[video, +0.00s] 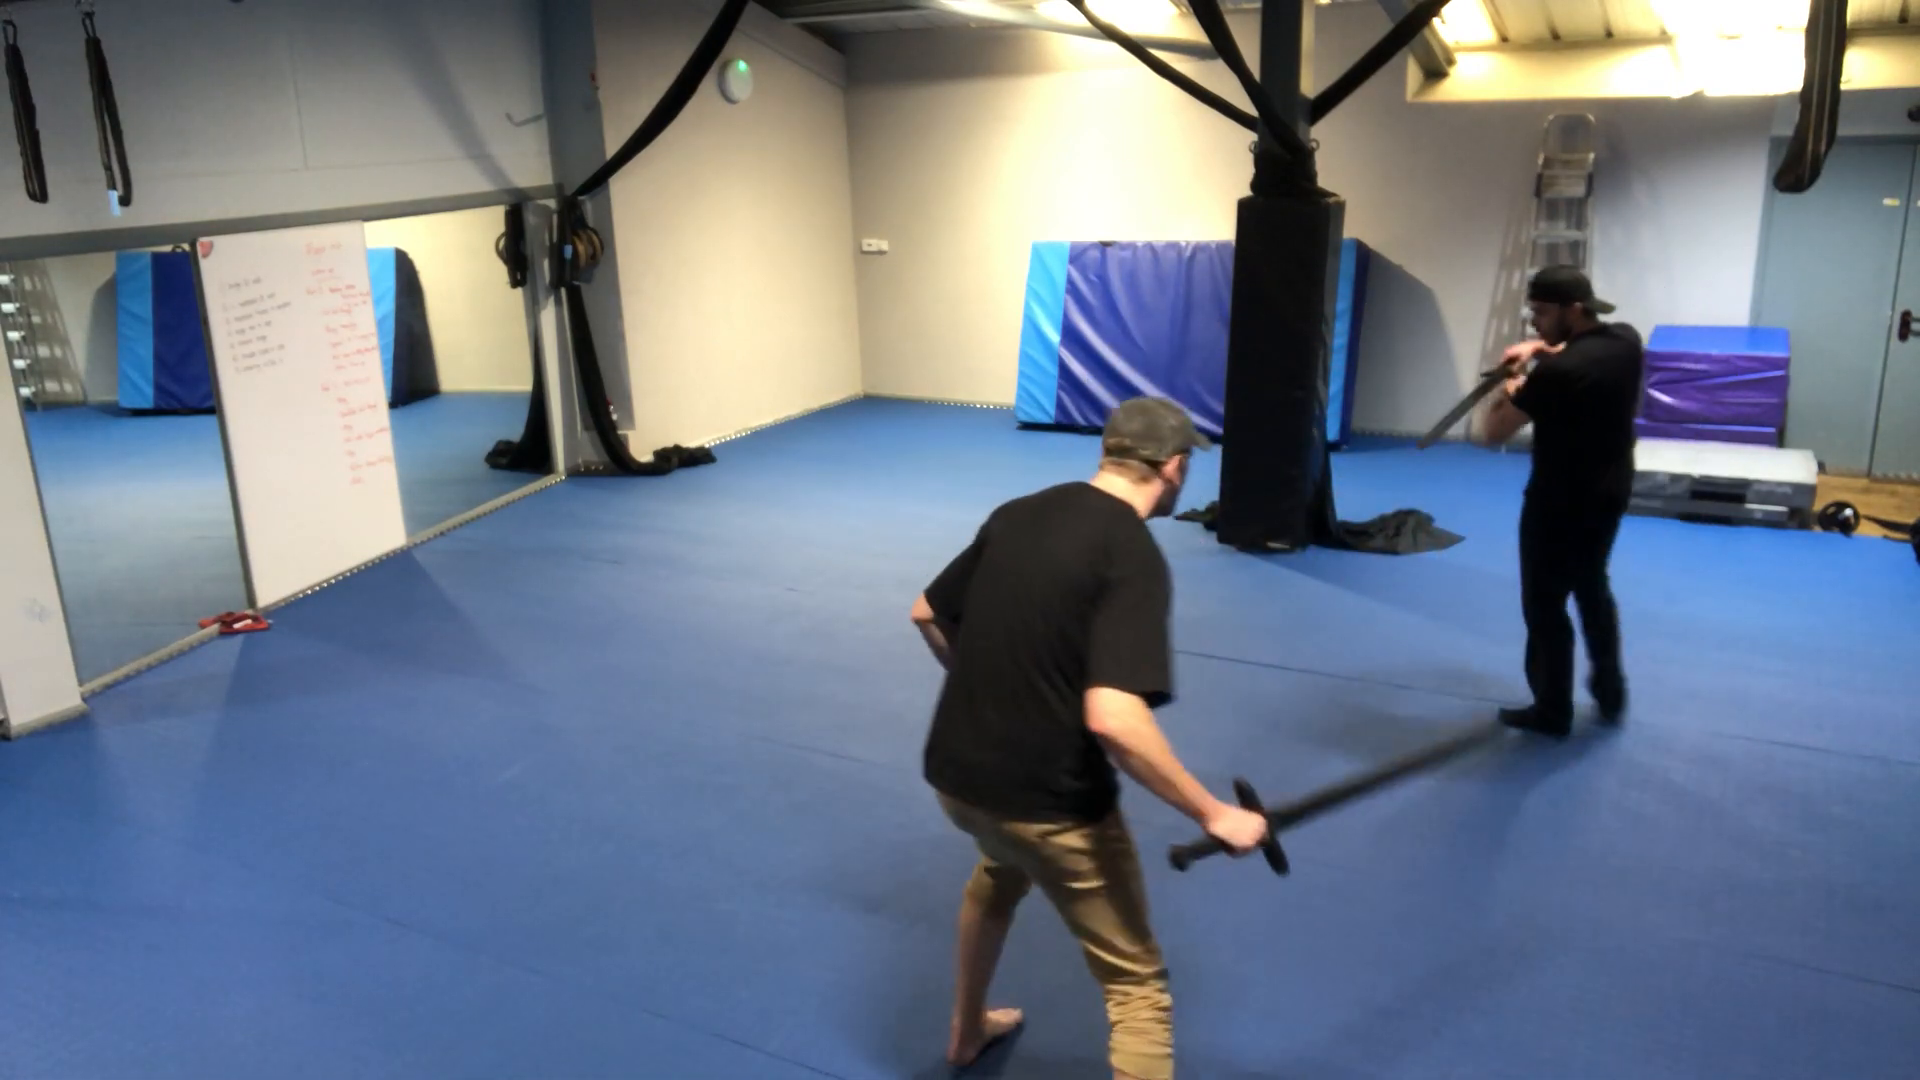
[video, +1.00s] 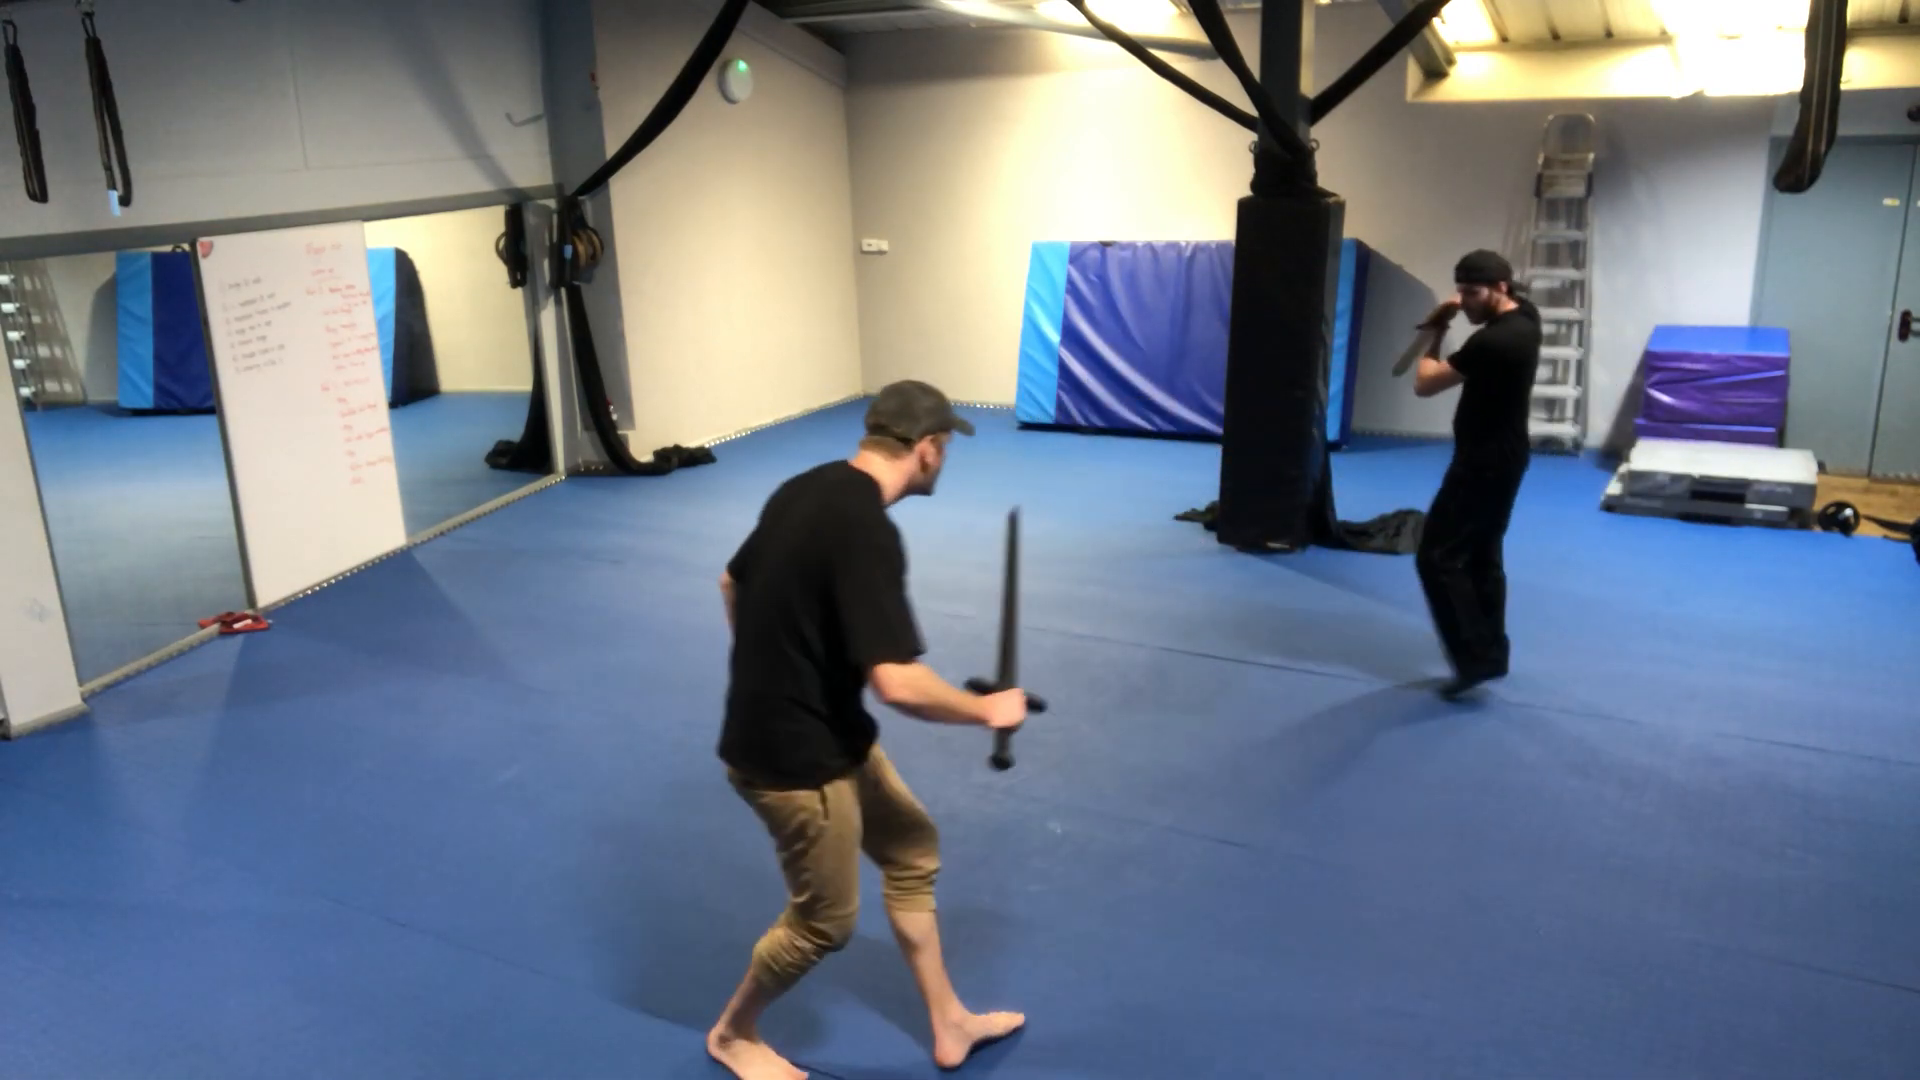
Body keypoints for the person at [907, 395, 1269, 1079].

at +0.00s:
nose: (1186, 478)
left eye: (1189, 466)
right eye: (1188, 465)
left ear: (1107, 453)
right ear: (1170, 467)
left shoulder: (1021, 514)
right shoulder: (1133, 556)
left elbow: (930, 613)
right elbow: (1112, 714)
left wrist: (989, 687)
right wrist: (1214, 812)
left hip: (957, 772)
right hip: (1052, 801)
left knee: (1002, 867)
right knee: (1135, 985)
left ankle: (966, 1028)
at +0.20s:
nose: (1126, 469)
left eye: (1127, 457)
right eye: (1127, 457)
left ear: (1052, 447)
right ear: (1110, 460)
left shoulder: (973, 508)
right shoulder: (1067, 544)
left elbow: (893, 609)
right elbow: (1043, 696)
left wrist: (958, 674)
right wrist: (1149, 780)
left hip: (916, 756)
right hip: (993, 777)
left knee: (997, 867)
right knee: (1084, 965)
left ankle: (963, 1033)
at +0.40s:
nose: (1069, 454)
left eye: (1069, 441)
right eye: (1069, 442)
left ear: (996, 434)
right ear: (1052, 443)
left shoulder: (922, 495)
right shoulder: (1023, 525)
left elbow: (838, 590)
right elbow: (1010, 676)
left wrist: (881, 668)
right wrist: (1100, 745)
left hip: (883, 741)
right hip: (956, 762)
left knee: (973, 873)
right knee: (1044, 943)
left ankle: (961, 1040)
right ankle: (1003, 1068)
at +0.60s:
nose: (1029, 447)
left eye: (1029, 434)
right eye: (1030, 434)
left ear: (957, 425)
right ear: (1013, 433)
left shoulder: (886, 490)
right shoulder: (989, 513)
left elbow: (799, 588)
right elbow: (998, 670)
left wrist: (820, 679)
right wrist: (1073, 709)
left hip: (850, 729)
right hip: (918, 753)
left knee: (948, 890)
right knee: (956, 927)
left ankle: (961, 1035)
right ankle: (797, 1039)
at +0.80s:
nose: (990, 455)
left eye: (992, 441)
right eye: (992, 441)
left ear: (919, 429)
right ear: (974, 438)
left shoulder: (847, 490)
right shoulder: (937, 518)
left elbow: (765, 588)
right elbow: (963, 670)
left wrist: (798, 682)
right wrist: (1038, 692)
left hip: (818, 730)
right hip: (851, 757)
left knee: (933, 850)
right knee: (859, 920)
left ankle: (956, 1029)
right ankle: (738, 1018)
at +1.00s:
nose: (945, 459)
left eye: (945, 445)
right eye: (945, 445)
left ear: (877, 436)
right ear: (925, 447)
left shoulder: (806, 490)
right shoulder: (867, 526)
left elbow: (735, 581)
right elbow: (896, 680)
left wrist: (771, 669)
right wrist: (987, 709)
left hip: (832, 736)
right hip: (788, 756)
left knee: (912, 850)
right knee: (824, 919)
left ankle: (950, 1022)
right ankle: (731, 1033)